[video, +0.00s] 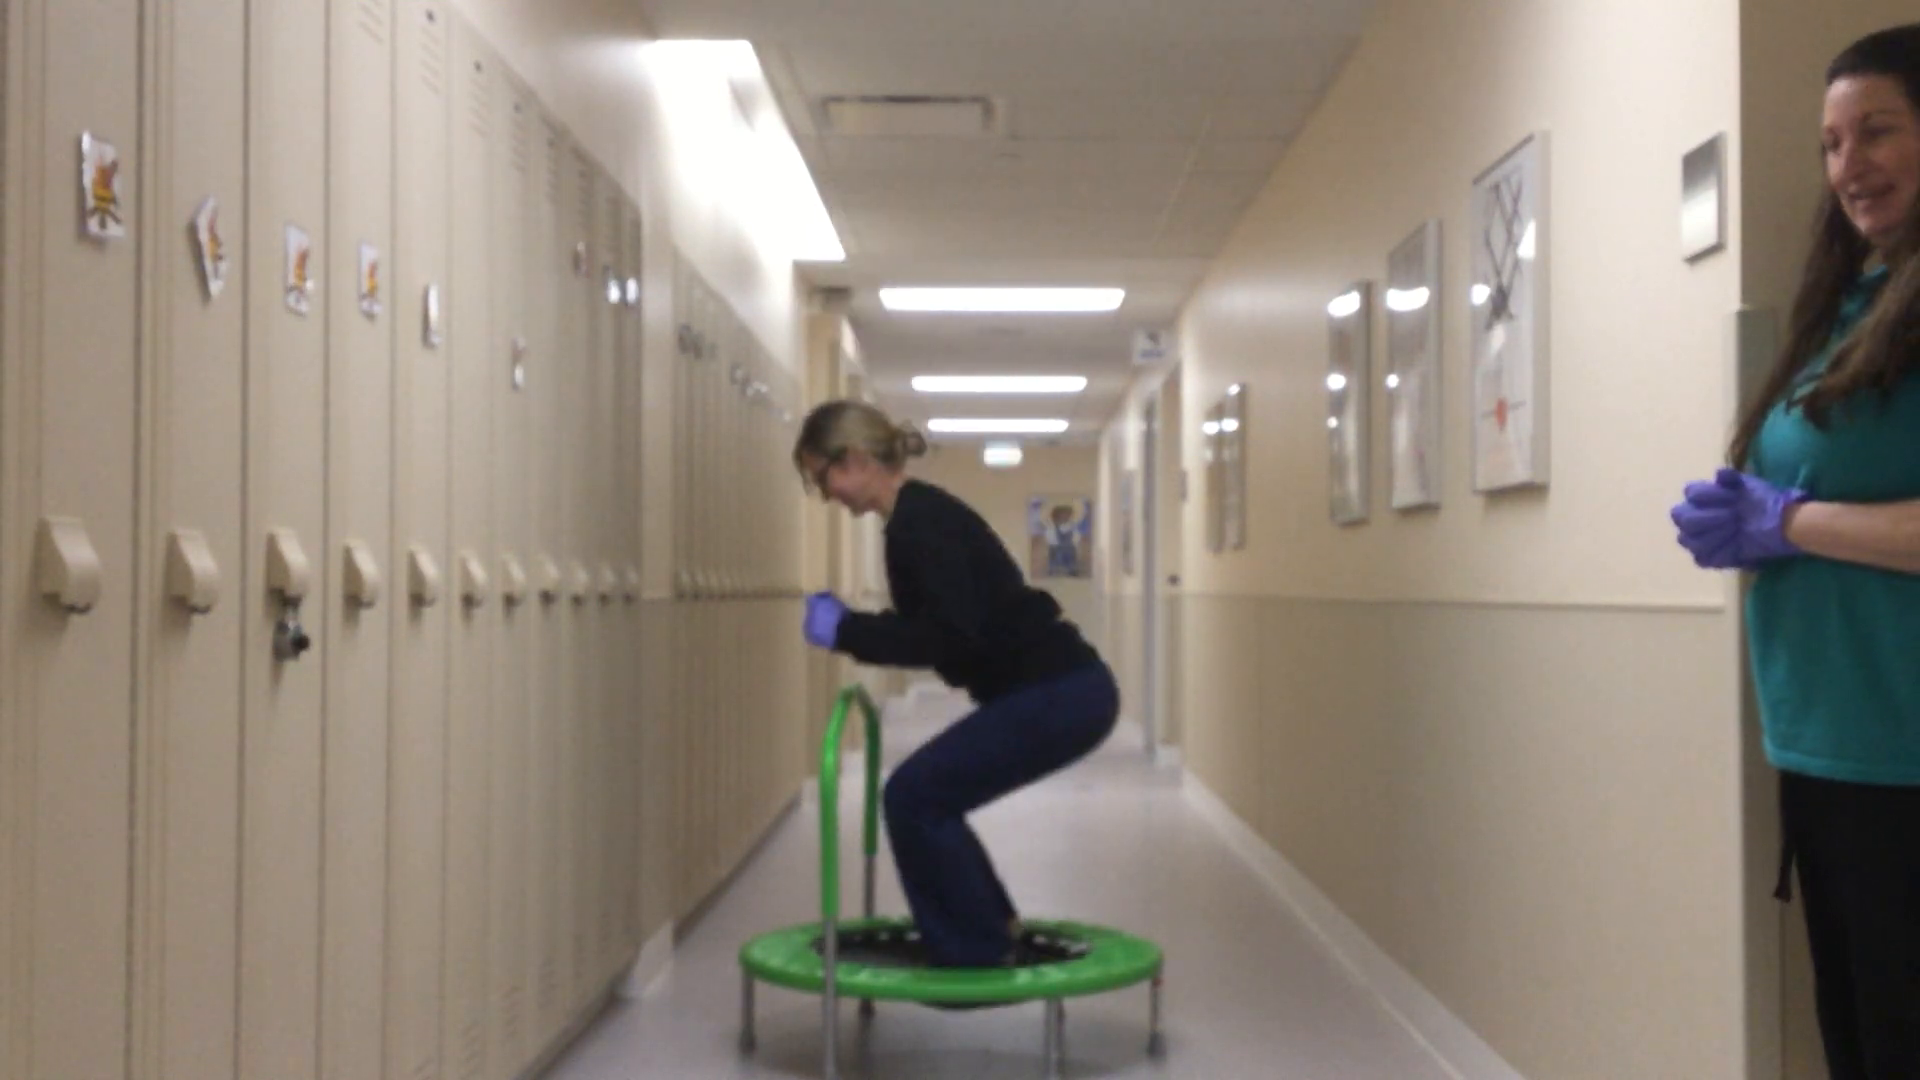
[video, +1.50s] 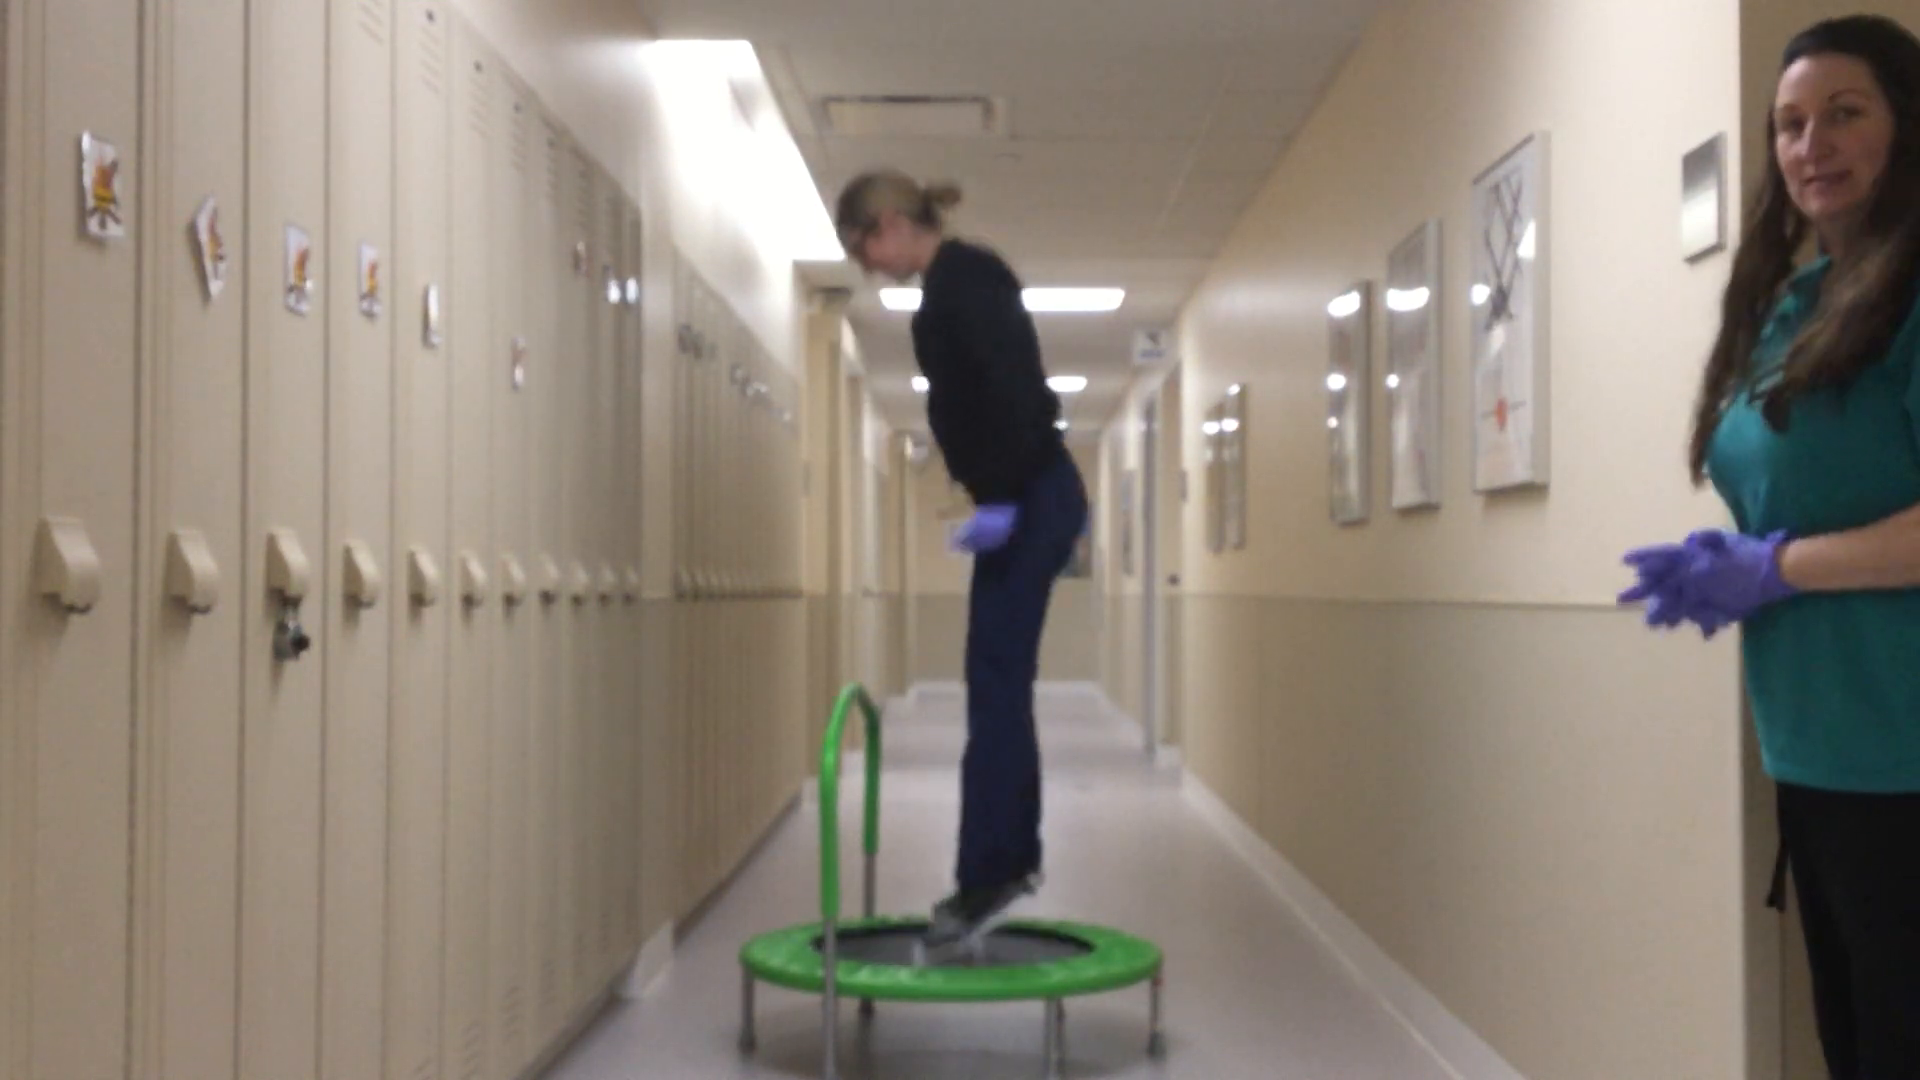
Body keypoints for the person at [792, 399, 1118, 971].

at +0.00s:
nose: (827, 492)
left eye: (826, 474)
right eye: (819, 481)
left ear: (859, 456)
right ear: (864, 459)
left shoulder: (922, 519)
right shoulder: (913, 519)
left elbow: (939, 637)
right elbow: (931, 633)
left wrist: (848, 630)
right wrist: (851, 628)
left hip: (1063, 695)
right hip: (1058, 692)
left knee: (913, 796)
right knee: (918, 793)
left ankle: (972, 950)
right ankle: (990, 929)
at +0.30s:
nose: (867, 297)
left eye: (870, 278)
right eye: (860, 285)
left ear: (904, 260)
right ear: (894, 272)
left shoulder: (956, 332)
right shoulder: (945, 335)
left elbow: (985, 448)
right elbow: (967, 453)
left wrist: (950, 550)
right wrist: (946, 549)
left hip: (1024, 555)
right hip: (1013, 554)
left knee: (975, 742)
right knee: (976, 742)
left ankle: (984, 934)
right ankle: (992, 925)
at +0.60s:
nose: (889, 276)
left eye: (886, 258)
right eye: (882, 265)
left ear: (915, 232)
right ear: (916, 238)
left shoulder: (981, 291)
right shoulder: (969, 297)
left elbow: (1012, 400)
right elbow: (994, 405)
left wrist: (1012, 505)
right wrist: (985, 506)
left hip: (1026, 516)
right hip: (1020, 515)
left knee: (991, 698)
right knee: (995, 697)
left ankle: (1010, 899)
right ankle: (1014, 887)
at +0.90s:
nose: (861, 473)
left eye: (862, 456)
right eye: (856, 461)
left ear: (893, 444)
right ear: (900, 447)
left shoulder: (953, 506)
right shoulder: (945, 506)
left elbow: (968, 627)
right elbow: (964, 624)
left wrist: (868, 634)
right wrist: (873, 631)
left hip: (1088, 688)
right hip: (1076, 684)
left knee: (950, 792)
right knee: (946, 789)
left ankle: (1016, 939)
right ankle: (991, 935)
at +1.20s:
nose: (874, 287)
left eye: (873, 268)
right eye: (866, 276)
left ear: (902, 244)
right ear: (894, 255)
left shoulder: (967, 310)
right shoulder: (954, 314)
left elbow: (1012, 426)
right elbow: (996, 428)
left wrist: (972, 522)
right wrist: (968, 526)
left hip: (1036, 531)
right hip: (1025, 532)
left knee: (991, 721)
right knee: (991, 720)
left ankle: (1005, 919)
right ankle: (1001, 914)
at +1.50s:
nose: (868, 265)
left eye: (865, 247)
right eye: (860, 254)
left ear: (894, 222)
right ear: (893, 226)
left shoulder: (966, 275)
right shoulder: (955, 282)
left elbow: (1013, 387)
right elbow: (996, 390)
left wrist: (1004, 495)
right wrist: (988, 496)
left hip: (1032, 497)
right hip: (1023, 498)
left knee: (997, 684)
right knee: (997, 683)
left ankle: (993, 872)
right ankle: (1003, 861)